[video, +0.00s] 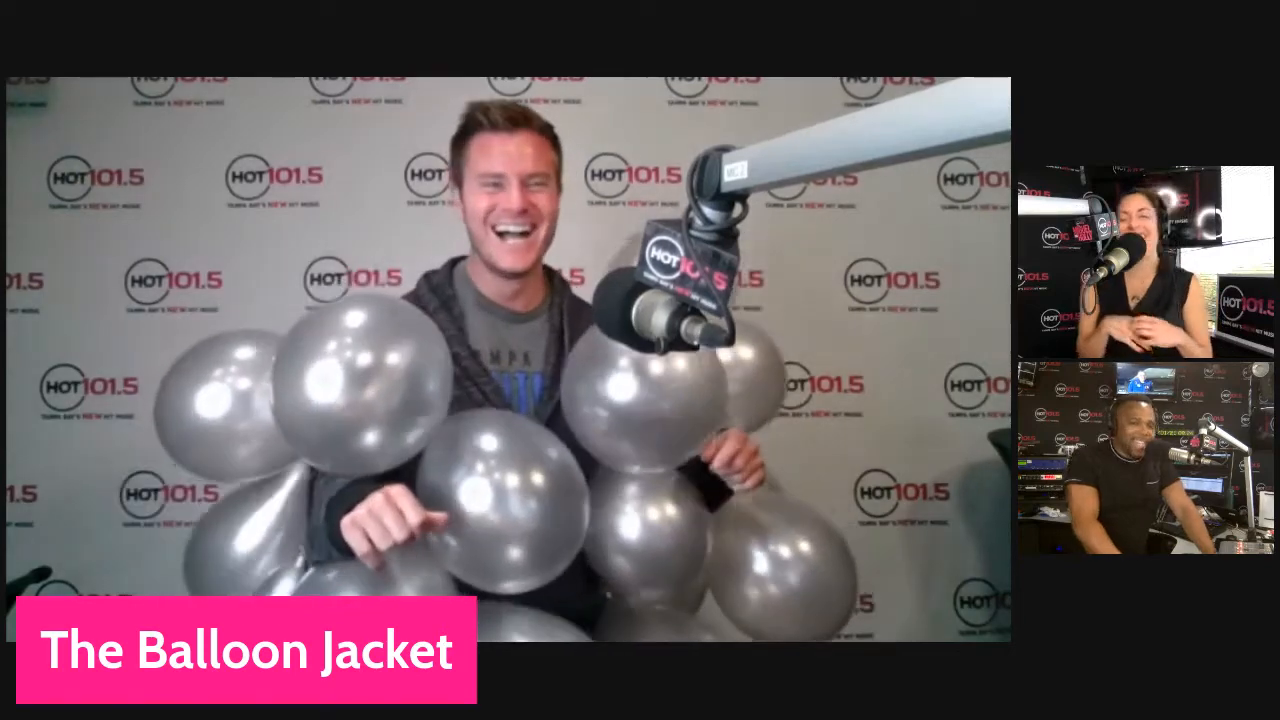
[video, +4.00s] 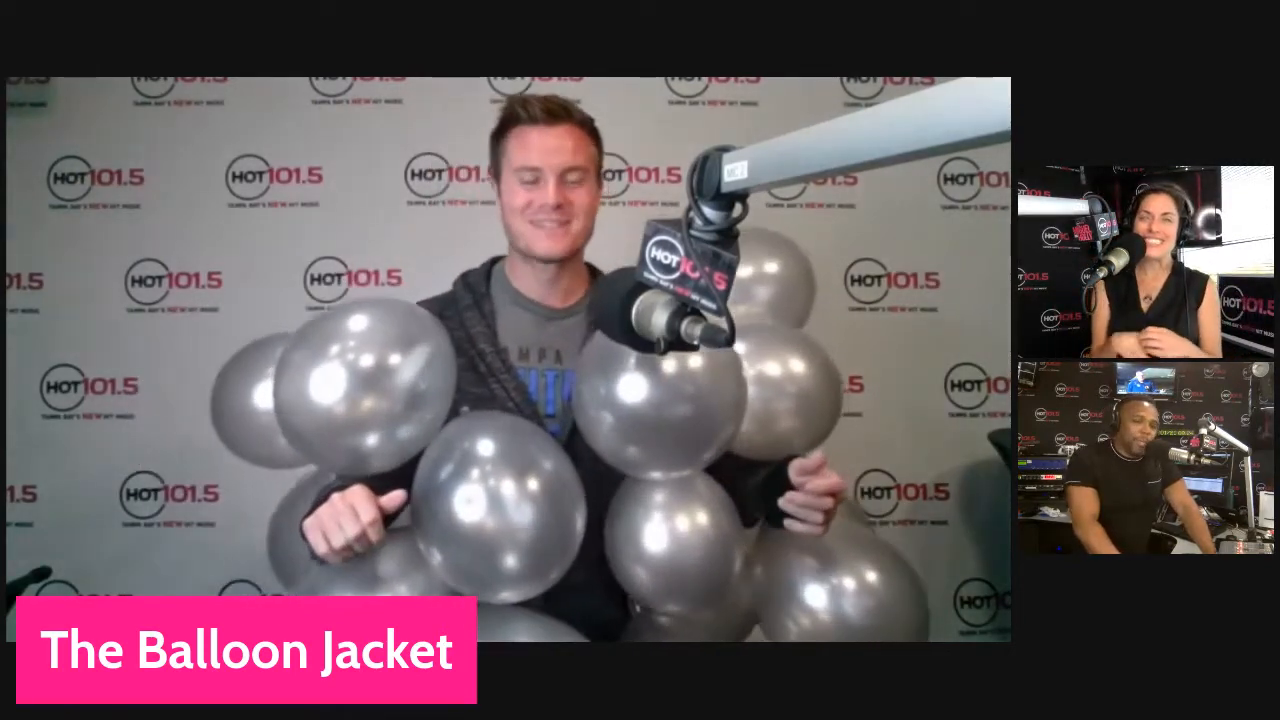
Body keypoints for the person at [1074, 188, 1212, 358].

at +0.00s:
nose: (1133, 225)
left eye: (1143, 216)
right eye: (1123, 218)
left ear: (1160, 224)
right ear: (1116, 228)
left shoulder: (1186, 284)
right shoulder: (1098, 285)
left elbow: (1206, 358)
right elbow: (1086, 356)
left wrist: (1180, 337)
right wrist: (1106, 325)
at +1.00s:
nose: (1083, 258)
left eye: (1091, 248)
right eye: (1075, 250)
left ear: (1113, 241)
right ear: (1070, 250)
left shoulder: (1152, 284)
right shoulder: (1067, 288)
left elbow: (1169, 351)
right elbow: (1063, 356)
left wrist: (1146, 335)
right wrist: (1080, 336)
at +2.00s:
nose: (1157, 228)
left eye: (1170, 218)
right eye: (1151, 220)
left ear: (1195, 224)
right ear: (1146, 226)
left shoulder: (1229, 283)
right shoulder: (1134, 282)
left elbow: (1248, 360)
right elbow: (1127, 355)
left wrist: (1200, 349)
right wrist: (1148, 344)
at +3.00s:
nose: (1151, 226)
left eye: (1164, 218)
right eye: (1142, 216)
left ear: (1177, 228)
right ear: (1129, 222)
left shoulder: (1196, 289)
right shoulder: (1100, 285)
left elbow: (1208, 361)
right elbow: (1087, 354)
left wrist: (1177, 349)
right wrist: (1116, 347)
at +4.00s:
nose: (1153, 227)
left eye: (1166, 219)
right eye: (1144, 217)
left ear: (1181, 228)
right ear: (1131, 223)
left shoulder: (1201, 287)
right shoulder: (1108, 285)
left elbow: (1215, 361)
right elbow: (1096, 356)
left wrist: (1184, 347)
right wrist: (1114, 343)